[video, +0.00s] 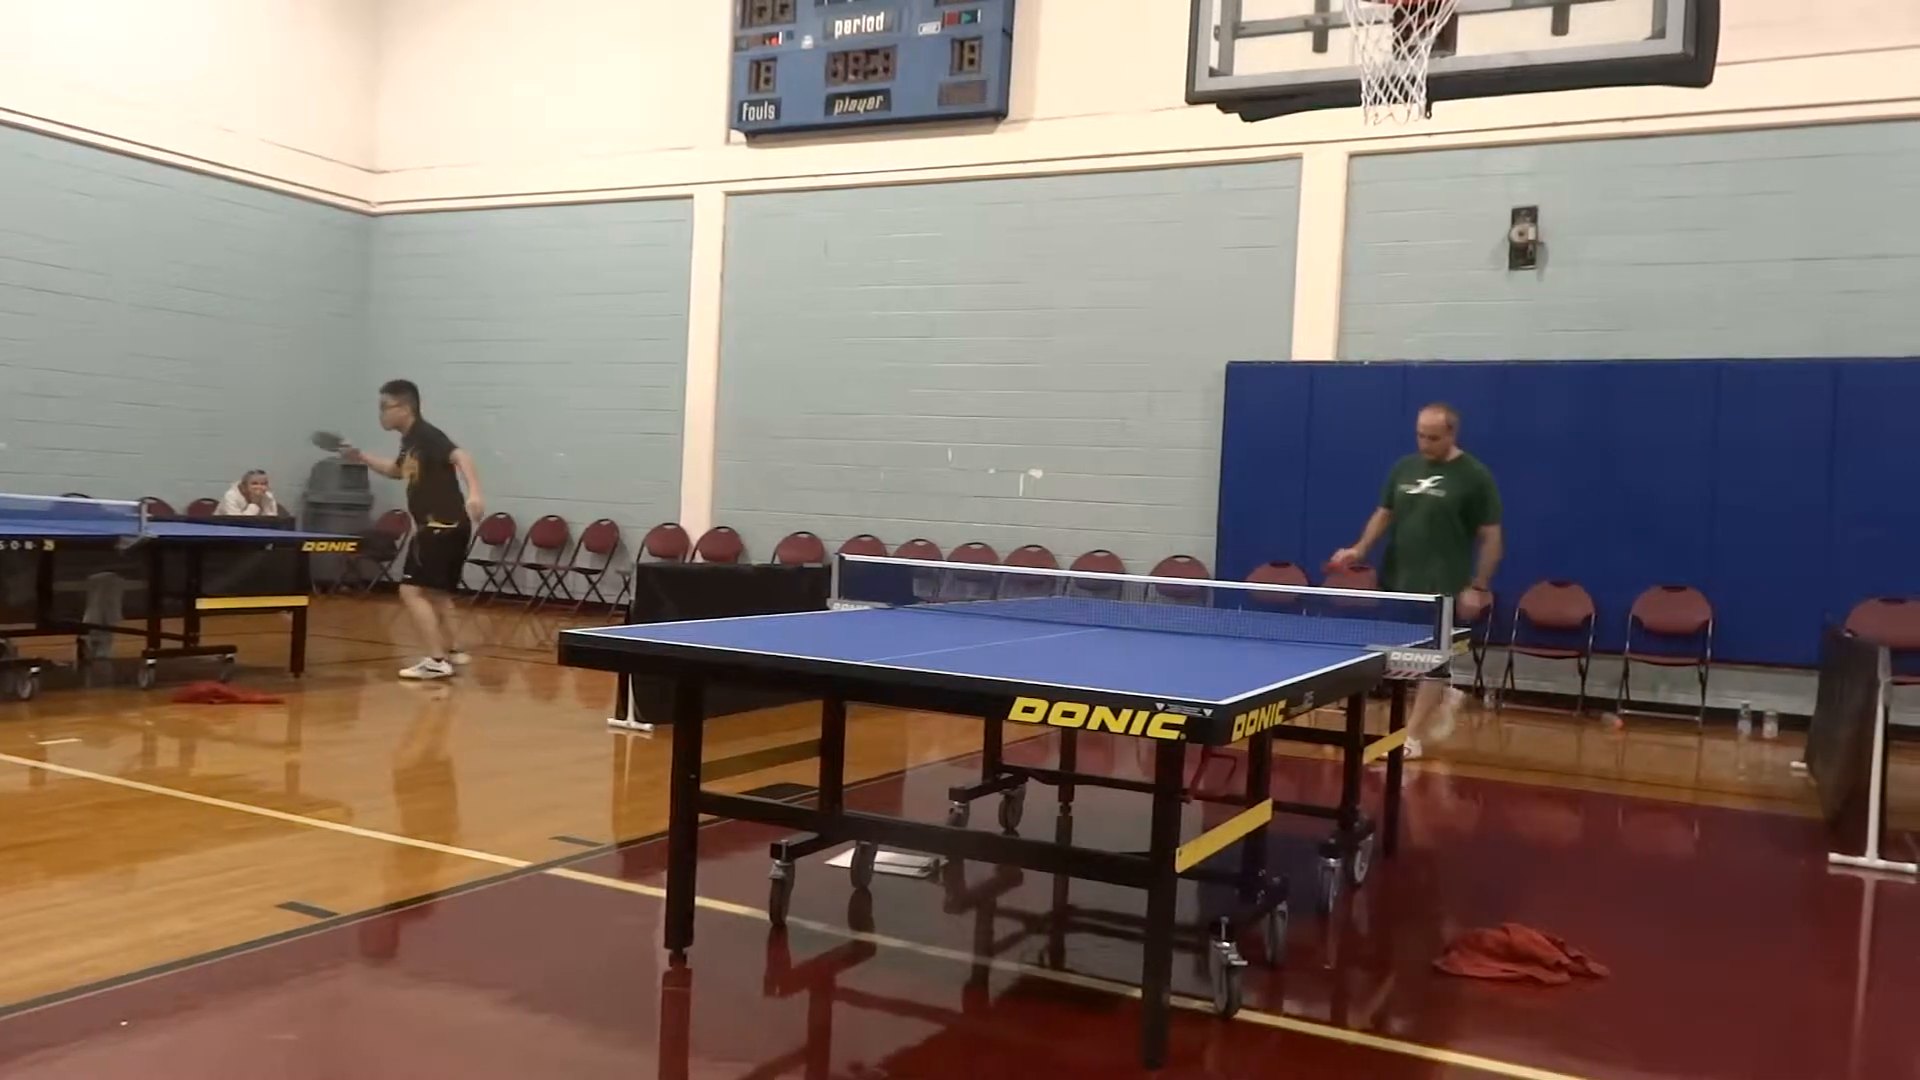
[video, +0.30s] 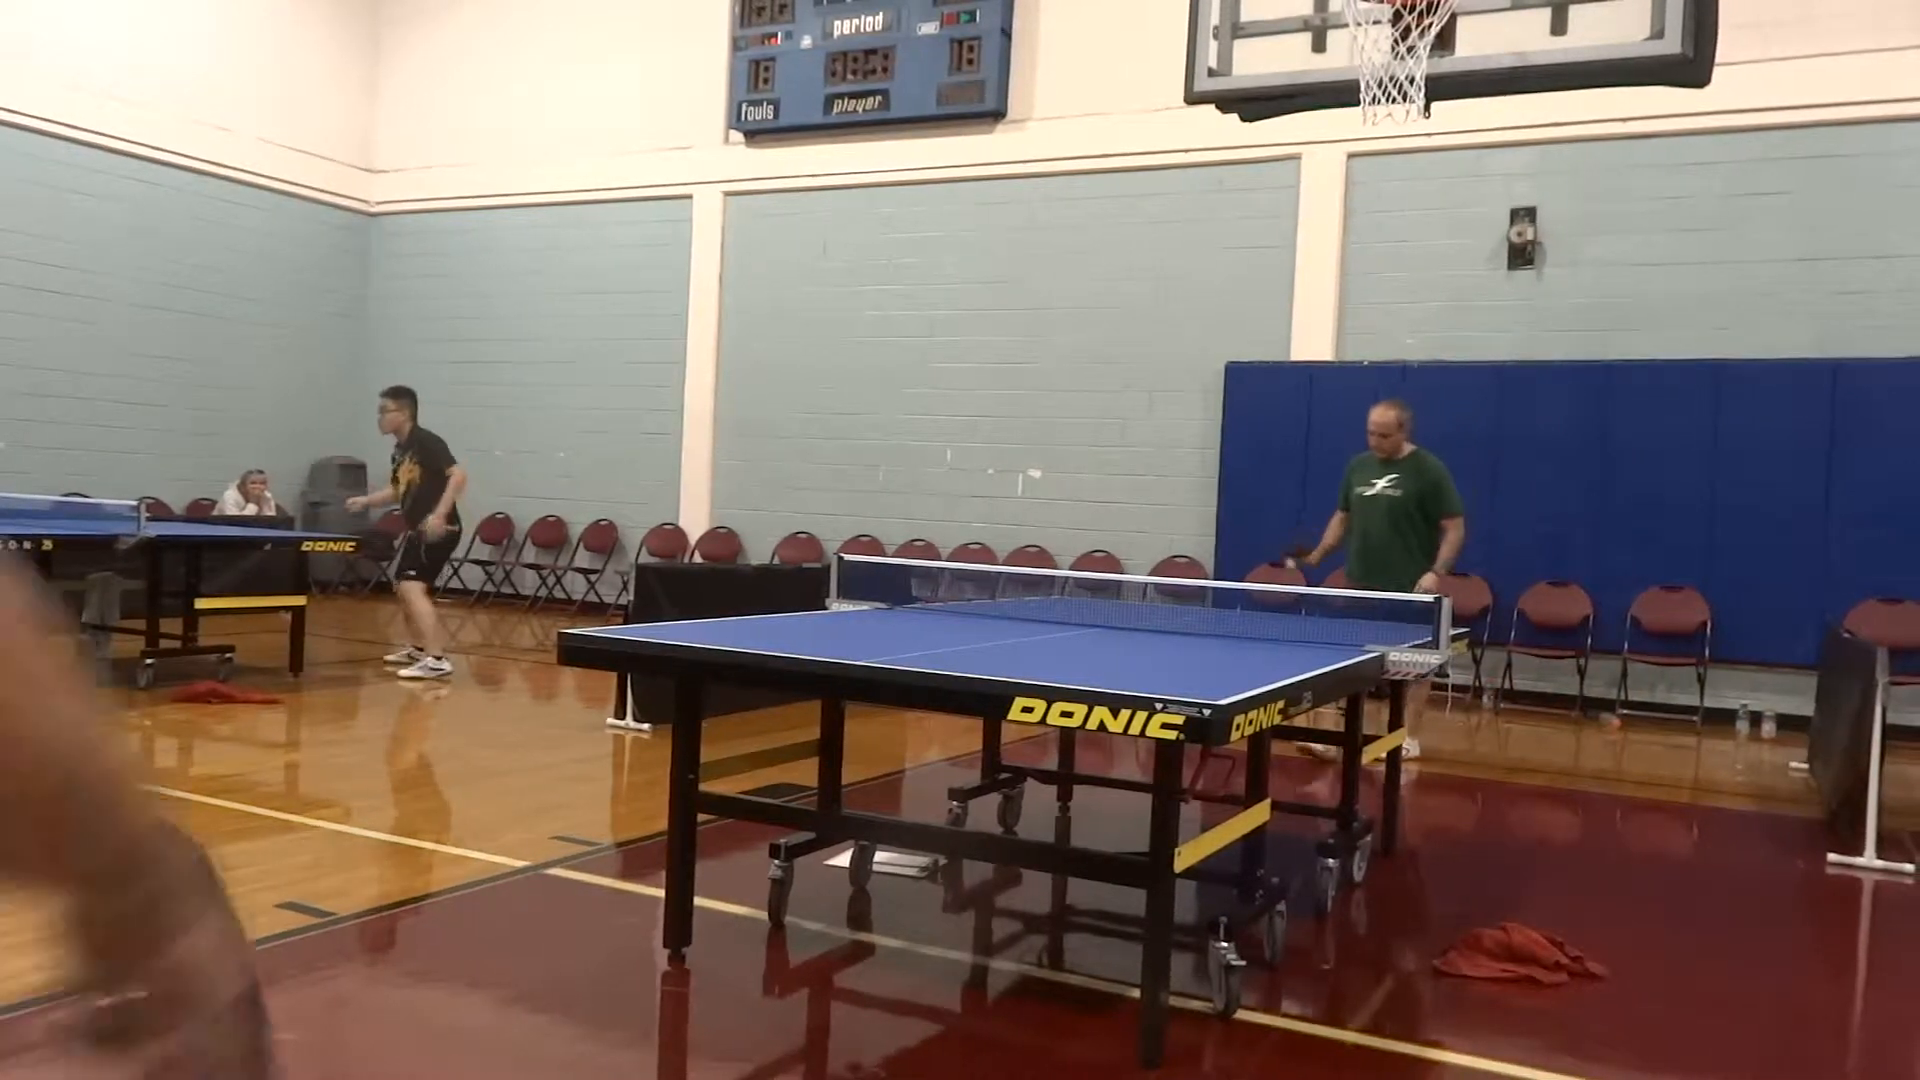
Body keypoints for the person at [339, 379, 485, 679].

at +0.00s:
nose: (381, 412)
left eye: (386, 407)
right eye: (381, 406)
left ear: (406, 408)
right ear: (400, 408)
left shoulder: (427, 434)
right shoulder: (410, 439)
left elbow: (460, 457)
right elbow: (398, 471)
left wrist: (475, 494)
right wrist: (363, 458)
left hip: (441, 525)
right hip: (438, 525)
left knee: (410, 590)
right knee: (438, 592)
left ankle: (438, 659)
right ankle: (453, 651)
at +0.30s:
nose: (380, 417)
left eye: (386, 411)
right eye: (380, 411)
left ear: (405, 413)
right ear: (392, 415)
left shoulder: (427, 441)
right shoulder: (400, 450)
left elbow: (457, 476)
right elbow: (398, 491)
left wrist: (439, 515)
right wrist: (366, 501)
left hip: (438, 525)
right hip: (418, 525)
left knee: (411, 585)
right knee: (402, 585)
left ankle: (436, 658)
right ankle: (419, 649)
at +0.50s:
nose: (381, 414)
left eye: (386, 408)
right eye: (381, 408)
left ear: (406, 410)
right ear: (397, 411)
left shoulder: (423, 437)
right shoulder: (405, 443)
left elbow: (440, 473)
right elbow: (403, 487)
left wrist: (407, 503)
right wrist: (369, 491)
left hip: (440, 524)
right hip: (423, 523)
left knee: (422, 582)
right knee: (406, 581)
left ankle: (442, 655)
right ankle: (428, 648)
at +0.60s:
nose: (381, 425)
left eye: (385, 418)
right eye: (381, 419)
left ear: (402, 419)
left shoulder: (419, 444)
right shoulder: (407, 446)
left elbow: (428, 483)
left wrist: (393, 489)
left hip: (440, 530)